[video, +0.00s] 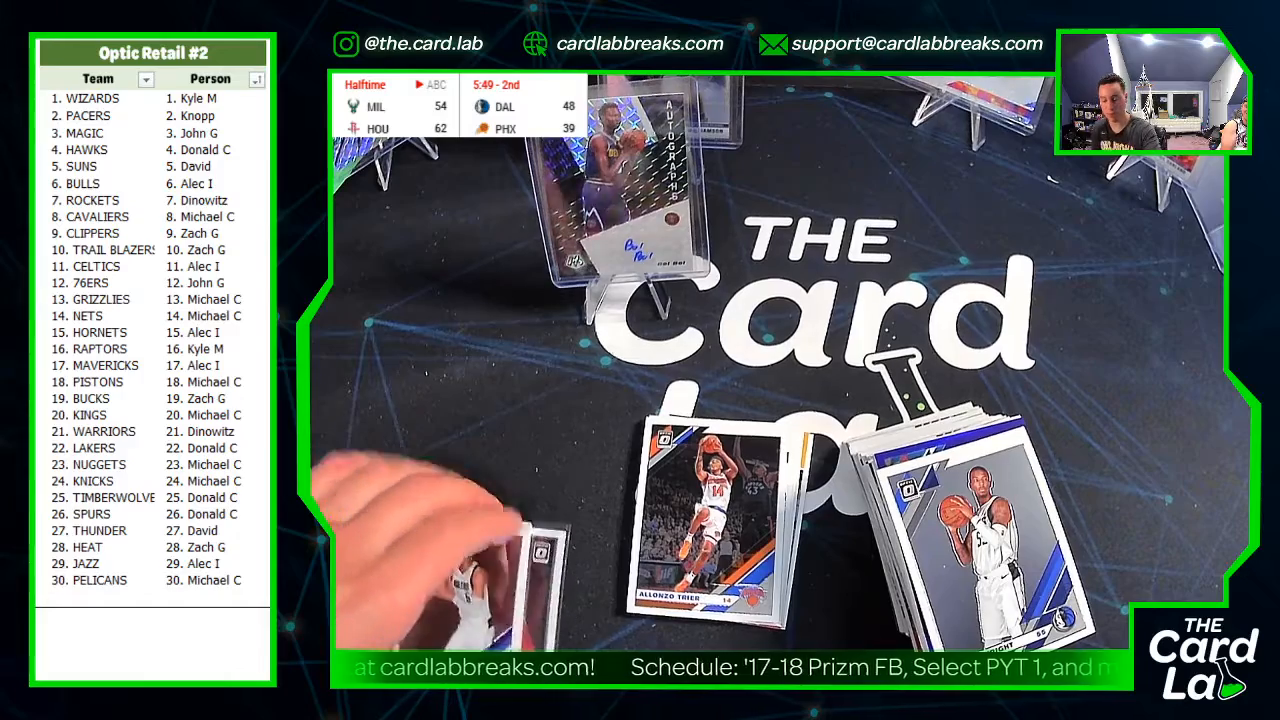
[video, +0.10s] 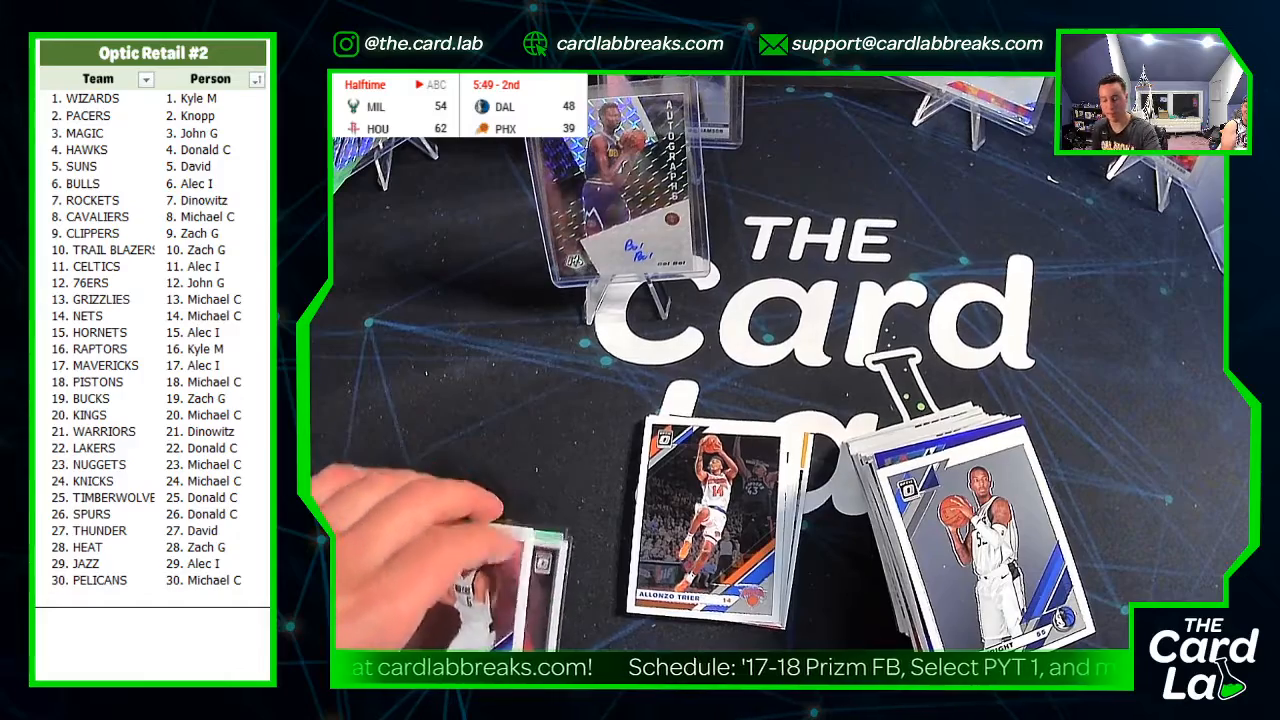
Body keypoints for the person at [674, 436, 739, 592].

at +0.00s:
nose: (714, 464)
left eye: (717, 462)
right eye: (712, 462)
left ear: (721, 465)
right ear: (709, 465)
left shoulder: (727, 476)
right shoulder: (706, 477)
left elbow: (734, 469)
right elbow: (699, 471)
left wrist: (722, 452)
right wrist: (700, 451)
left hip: (720, 513)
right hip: (706, 507)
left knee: (707, 550)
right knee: (704, 511)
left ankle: (688, 578)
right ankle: (688, 540)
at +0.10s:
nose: (714, 464)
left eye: (717, 462)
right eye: (712, 462)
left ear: (721, 465)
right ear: (709, 465)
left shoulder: (727, 476)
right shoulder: (706, 477)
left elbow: (734, 469)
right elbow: (699, 471)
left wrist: (721, 452)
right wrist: (700, 451)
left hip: (720, 513)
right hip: (706, 508)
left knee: (707, 550)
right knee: (704, 512)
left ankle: (688, 579)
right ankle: (688, 540)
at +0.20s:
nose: (714, 464)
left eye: (717, 462)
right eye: (712, 462)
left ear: (721, 465)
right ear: (709, 465)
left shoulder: (727, 476)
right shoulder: (706, 477)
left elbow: (734, 469)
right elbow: (699, 471)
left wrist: (721, 452)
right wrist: (700, 451)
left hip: (720, 513)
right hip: (706, 507)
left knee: (707, 550)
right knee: (704, 512)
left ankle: (688, 578)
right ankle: (688, 540)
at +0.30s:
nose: (714, 464)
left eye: (717, 462)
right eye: (712, 462)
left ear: (721, 465)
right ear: (709, 465)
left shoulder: (727, 476)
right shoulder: (706, 477)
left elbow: (734, 469)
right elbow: (699, 471)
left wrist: (721, 452)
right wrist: (700, 451)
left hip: (720, 513)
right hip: (706, 508)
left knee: (707, 550)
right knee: (704, 512)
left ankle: (688, 579)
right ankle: (688, 540)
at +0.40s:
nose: (714, 464)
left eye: (717, 462)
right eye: (712, 462)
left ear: (721, 465)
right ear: (709, 465)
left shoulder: (727, 476)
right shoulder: (706, 477)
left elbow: (734, 469)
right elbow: (699, 471)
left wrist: (721, 452)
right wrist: (700, 451)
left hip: (720, 513)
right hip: (706, 508)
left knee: (707, 550)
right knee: (704, 512)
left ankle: (688, 579)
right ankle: (688, 540)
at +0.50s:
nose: (714, 464)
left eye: (717, 462)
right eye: (713, 462)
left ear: (721, 465)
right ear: (709, 465)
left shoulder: (727, 476)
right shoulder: (706, 477)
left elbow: (734, 469)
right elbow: (699, 471)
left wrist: (721, 452)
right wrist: (700, 451)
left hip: (720, 513)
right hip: (706, 507)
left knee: (707, 550)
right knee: (704, 512)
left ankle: (688, 579)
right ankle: (688, 540)